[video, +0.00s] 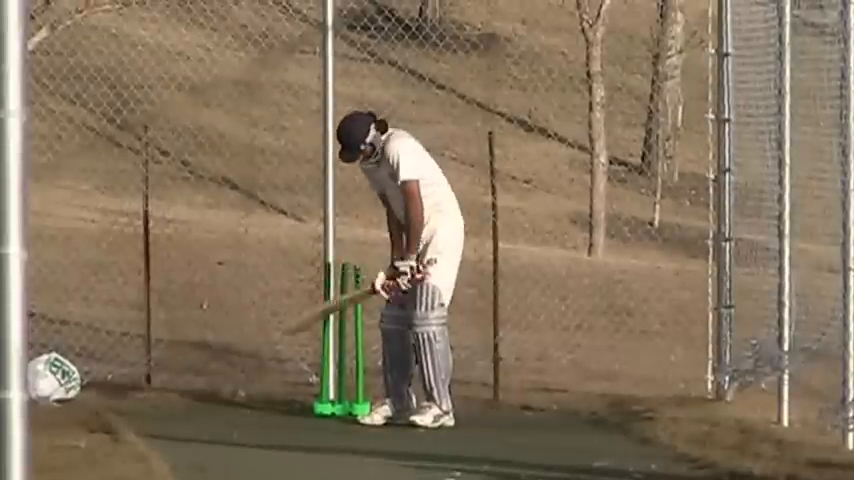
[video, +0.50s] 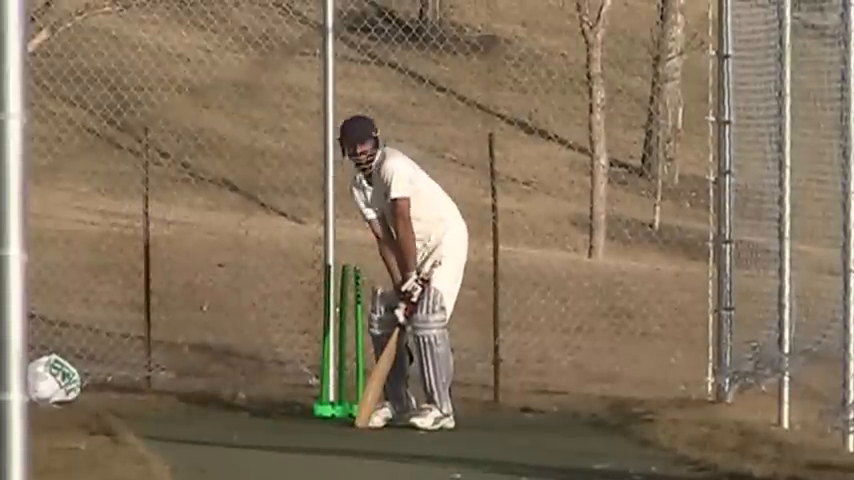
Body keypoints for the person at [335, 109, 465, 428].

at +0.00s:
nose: (360, 160)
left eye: (362, 153)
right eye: (357, 156)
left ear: (373, 140)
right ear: (357, 147)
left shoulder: (398, 148)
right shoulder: (369, 162)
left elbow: (415, 205)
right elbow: (393, 214)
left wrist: (410, 257)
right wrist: (395, 264)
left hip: (439, 235)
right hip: (412, 240)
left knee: (426, 320)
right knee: (393, 321)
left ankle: (439, 406)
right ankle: (399, 401)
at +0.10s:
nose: (354, 170)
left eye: (355, 163)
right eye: (350, 165)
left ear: (368, 150)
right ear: (355, 156)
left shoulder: (393, 155)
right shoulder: (366, 174)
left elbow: (407, 210)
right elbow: (389, 223)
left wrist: (410, 267)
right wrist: (400, 275)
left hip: (441, 239)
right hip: (412, 244)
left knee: (428, 321)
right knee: (396, 324)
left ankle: (439, 406)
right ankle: (399, 401)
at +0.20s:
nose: (351, 177)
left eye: (352, 169)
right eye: (346, 173)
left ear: (364, 158)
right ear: (350, 166)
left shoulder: (389, 166)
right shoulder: (362, 184)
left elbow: (400, 219)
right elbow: (383, 234)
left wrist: (409, 273)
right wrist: (400, 281)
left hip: (443, 240)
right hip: (412, 246)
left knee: (427, 318)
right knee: (387, 320)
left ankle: (440, 407)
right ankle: (399, 401)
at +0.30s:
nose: (349, 178)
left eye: (351, 170)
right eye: (345, 174)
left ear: (364, 158)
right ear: (346, 168)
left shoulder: (387, 167)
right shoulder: (359, 185)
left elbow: (399, 220)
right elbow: (382, 236)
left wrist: (410, 274)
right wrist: (400, 283)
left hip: (444, 243)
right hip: (413, 248)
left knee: (428, 319)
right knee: (385, 319)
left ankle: (440, 407)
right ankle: (398, 401)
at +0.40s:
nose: (356, 166)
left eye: (360, 157)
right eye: (348, 163)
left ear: (370, 147)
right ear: (341, 164)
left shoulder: (389, 168)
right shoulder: (358, 185)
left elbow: (401, 223)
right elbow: (382, 238)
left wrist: (411, 275)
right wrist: (400, 285)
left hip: (444, 242)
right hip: (413, 248)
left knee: (428, 319)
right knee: (385, 320)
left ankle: (440, 408)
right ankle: (398, 402)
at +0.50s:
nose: (362, 154)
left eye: (367, 146)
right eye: (354, 149)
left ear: (377, 141)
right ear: (345, 152)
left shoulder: (393, 167)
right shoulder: (359, 185)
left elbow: (403, 221)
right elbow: (383, 238)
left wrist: (411, 276)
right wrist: (401, 285)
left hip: (444, 241)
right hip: (411, 249)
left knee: (428, 321)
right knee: (385, 321)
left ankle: (440, 408)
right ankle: (397, 404)